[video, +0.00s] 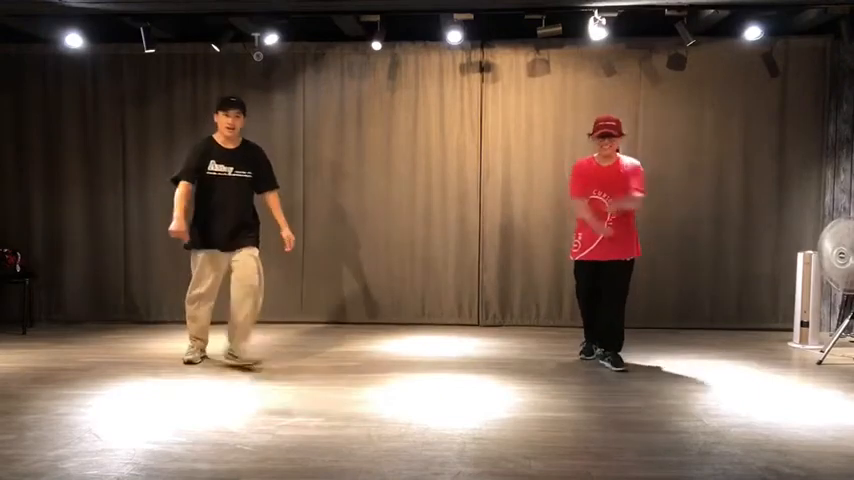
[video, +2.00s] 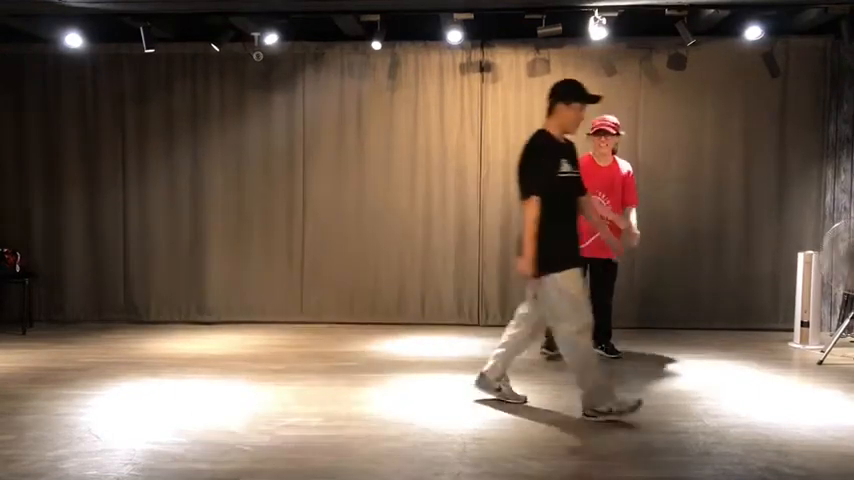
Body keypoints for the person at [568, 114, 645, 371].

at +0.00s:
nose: (606, 142)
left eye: (611, 138)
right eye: (601, 138)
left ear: (619, 140)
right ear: (594, 140)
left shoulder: (632, 167)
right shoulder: (582, 168)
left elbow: (637, 201)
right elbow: (579, 206)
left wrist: (617, 204)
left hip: (620, 248)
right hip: (587, 247)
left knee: (614, 300)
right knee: (587, 296)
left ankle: (610, 349)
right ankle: (591, 341)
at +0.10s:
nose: (611, 141)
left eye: (616, 136)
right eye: (606, 136)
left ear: (624, 138)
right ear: (598, 138)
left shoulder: (635, 168)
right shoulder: (583, 167)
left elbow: (659, 195)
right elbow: (558, 196)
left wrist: (661, 216)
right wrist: (556, 226)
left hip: (621, 250)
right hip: (588, 249)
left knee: (615, 302)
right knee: (587, 298)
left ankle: (611, 350)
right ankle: (591, 341)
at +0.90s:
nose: (605, 139)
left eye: (605, 135)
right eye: (600, 135)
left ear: (601, 138)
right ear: (584, 138)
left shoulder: (610, 163)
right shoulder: (566, 167)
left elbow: (626, 192)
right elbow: (570, 201)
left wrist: (630, 210)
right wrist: (592, 214)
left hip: (606, 249)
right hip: (575, 249)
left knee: (607, 303)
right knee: (570, 302)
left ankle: (609, 351)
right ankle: (565, 349)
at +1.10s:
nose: (591, 139)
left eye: (591, 134)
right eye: (586, 135)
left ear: (587, 138)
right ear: (571, 139)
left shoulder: (599, 163)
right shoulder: (557, 172)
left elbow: (614, 196)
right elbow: (557, 211)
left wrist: (623, 222)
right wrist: (577, 233)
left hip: (600, 248)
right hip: (568, 250)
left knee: (604, 302)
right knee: (566, 303)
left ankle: (611, 350)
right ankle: (564, 349)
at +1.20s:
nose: (589, 137)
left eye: (590, 133)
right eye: (584, 134)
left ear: (588, 137)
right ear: (569, 138)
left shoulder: (599, 163)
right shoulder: (555, 173)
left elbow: (610, 195)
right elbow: (551, 213)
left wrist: (615, 223)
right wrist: (551, 245)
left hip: (600, 247)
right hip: (568, 249)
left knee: (605, 301)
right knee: (565, 303)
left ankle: (610, 348)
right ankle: (564, 349)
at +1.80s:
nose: (602, 140)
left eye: (607, 136)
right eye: (598, 135)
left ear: (614, 140)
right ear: (590, 139)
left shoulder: (622, 169)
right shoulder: (577, 166)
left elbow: (630, 199)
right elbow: (572, 203)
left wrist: (638, 219)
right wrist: (580, 232)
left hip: (606, 246)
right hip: (577, 245)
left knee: (603, 298)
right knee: (572, 297)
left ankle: (602, 340)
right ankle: (564, 343)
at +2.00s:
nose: (602, 141)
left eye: (608, 136)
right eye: (598, 136)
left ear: (616, 140)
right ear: (591, 139)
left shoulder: (623, 169)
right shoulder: (581, 164)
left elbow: (629, 203)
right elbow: (574, 197)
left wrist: (632, 225)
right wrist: (609, 217)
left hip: (606, 242)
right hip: (577, 239)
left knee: (603, 296)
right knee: (565, 291)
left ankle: (603, 339)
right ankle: (552, 338)